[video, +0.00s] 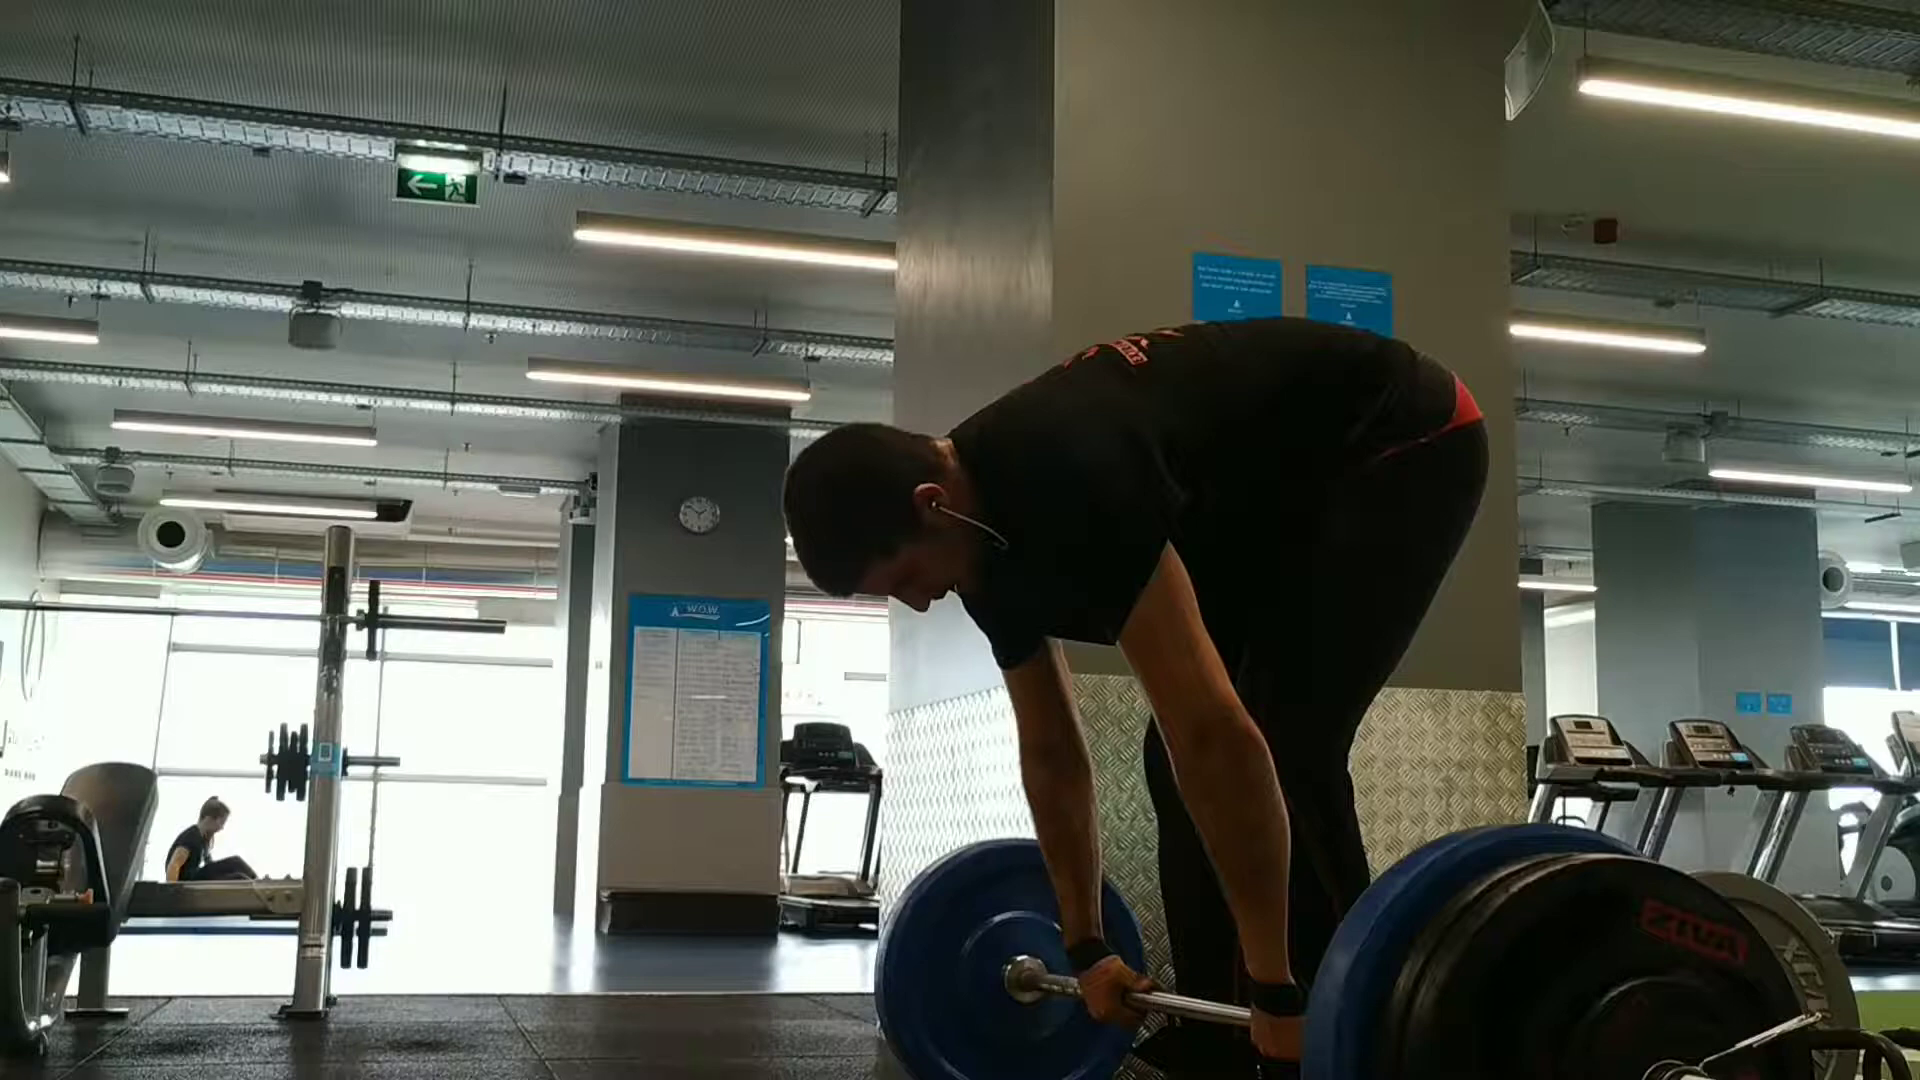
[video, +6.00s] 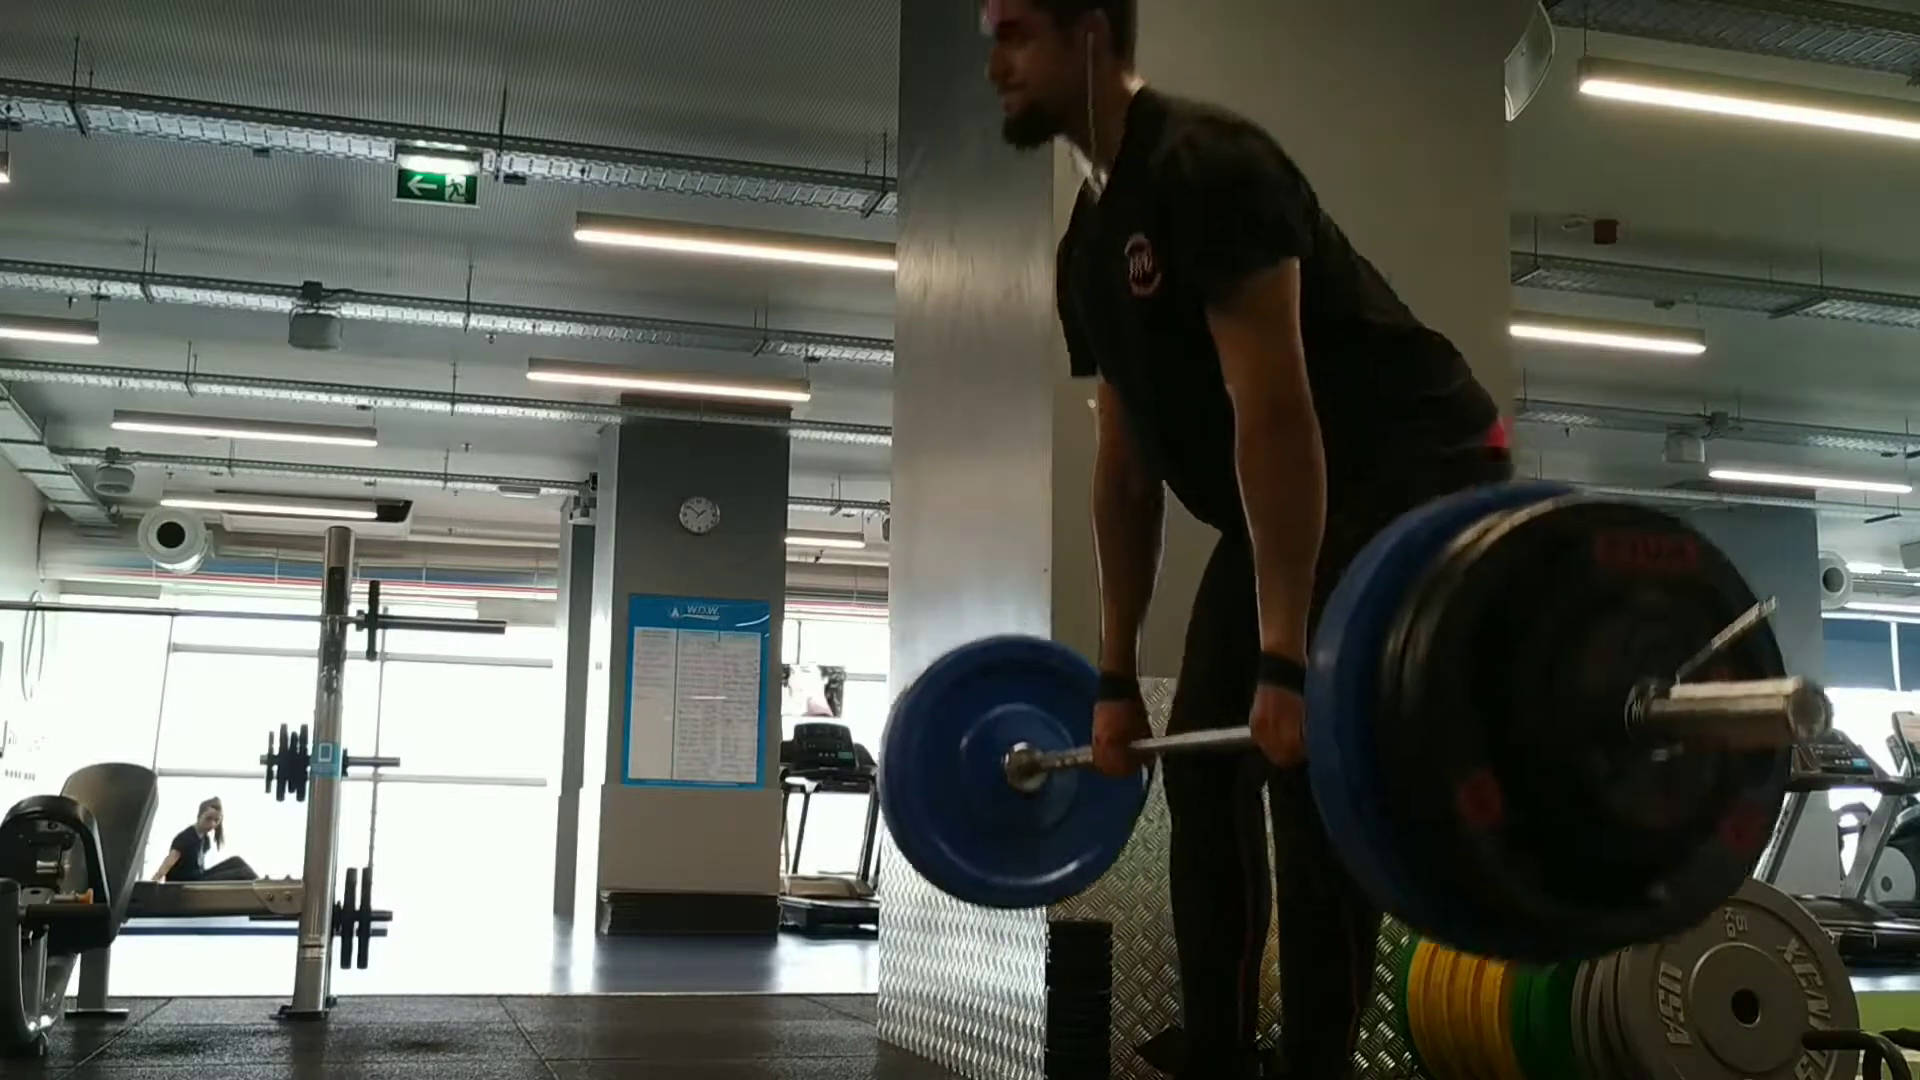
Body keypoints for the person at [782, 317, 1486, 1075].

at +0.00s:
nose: (914, 600)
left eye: (904, 579)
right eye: (891, 593)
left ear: (935, 501)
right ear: (933, 496)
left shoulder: (1070, 474)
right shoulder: (977, 545)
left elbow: (1220, 737)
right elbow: (1051, 748)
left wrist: (1276, 992)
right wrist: (1084, 945)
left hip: (1403, 444)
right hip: (1271, 488)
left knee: (1288, 744)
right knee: (1181, 749)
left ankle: (1332, 1025)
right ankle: (1210, 1033)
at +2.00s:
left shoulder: (1257, 63)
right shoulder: (1123, 139)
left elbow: (1296, 305)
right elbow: (1138, 369)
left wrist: (1284, 538)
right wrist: (1120, 579)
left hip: (1300, 505)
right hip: (1199, 514)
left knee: (1285, 788)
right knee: (1195, 785)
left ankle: (1313, 1057)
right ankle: (1213, 1050)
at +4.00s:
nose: (905, 283)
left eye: (923, 249)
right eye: (901, 256)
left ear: (1006, 238)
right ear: (998, 249)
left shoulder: (1152, 329)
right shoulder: (1049, 418)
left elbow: (1259, 594)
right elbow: (1108, 626)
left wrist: (1277, 854)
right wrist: (1114, 840)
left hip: (1451, 487)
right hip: (1313, 527)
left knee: (1282, 761)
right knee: (1175, 763)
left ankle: (1310, 1040)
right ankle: (1210, 1039)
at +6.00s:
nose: (993, 69)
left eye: (1013, 38)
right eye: (990, 44)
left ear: (1093, 34)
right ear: (1075, 49)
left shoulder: (1207, 163)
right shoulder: (1090, 241)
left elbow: (1280, 421)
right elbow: (1123, 468)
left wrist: (1283, 661)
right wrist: (1118, 670)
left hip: (1405, 493)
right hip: (1279, 508)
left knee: (1316, 758)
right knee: (1201, 755)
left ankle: (1317, 1058)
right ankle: (1212, 1047)